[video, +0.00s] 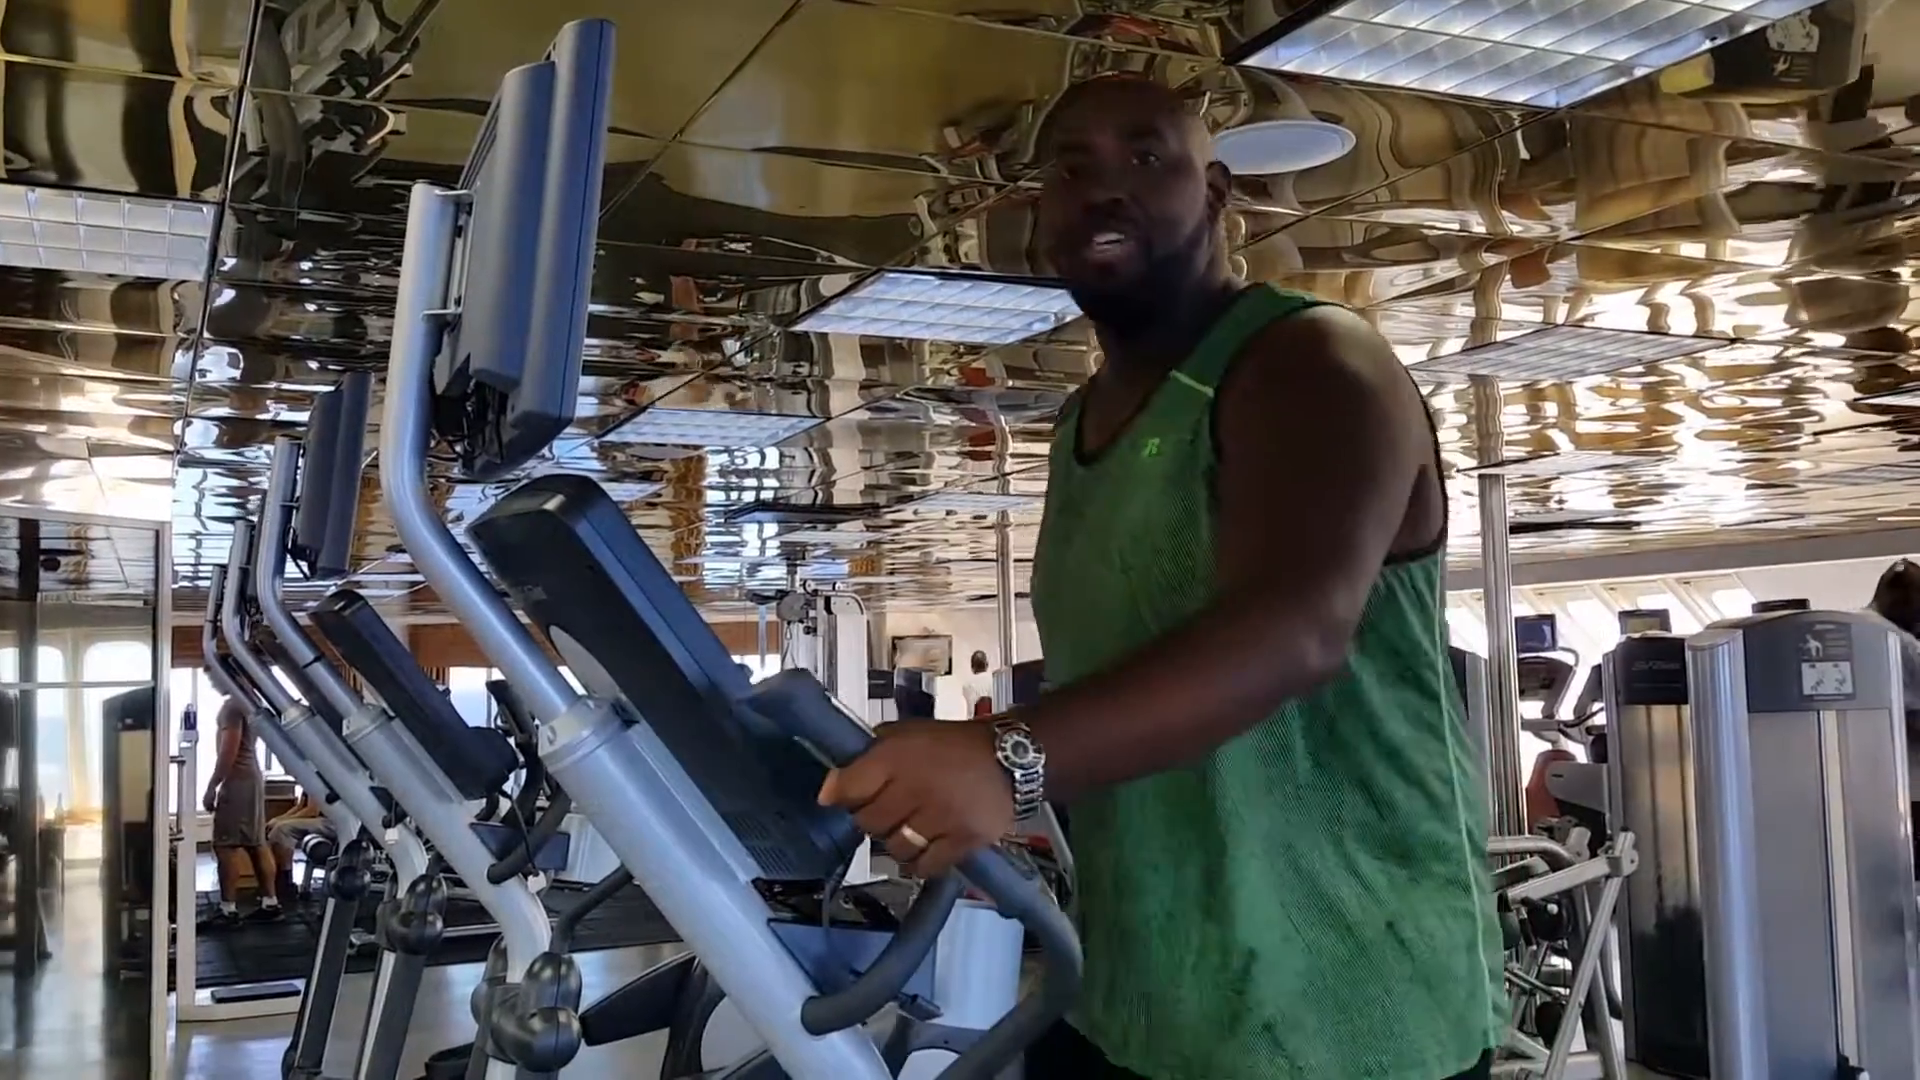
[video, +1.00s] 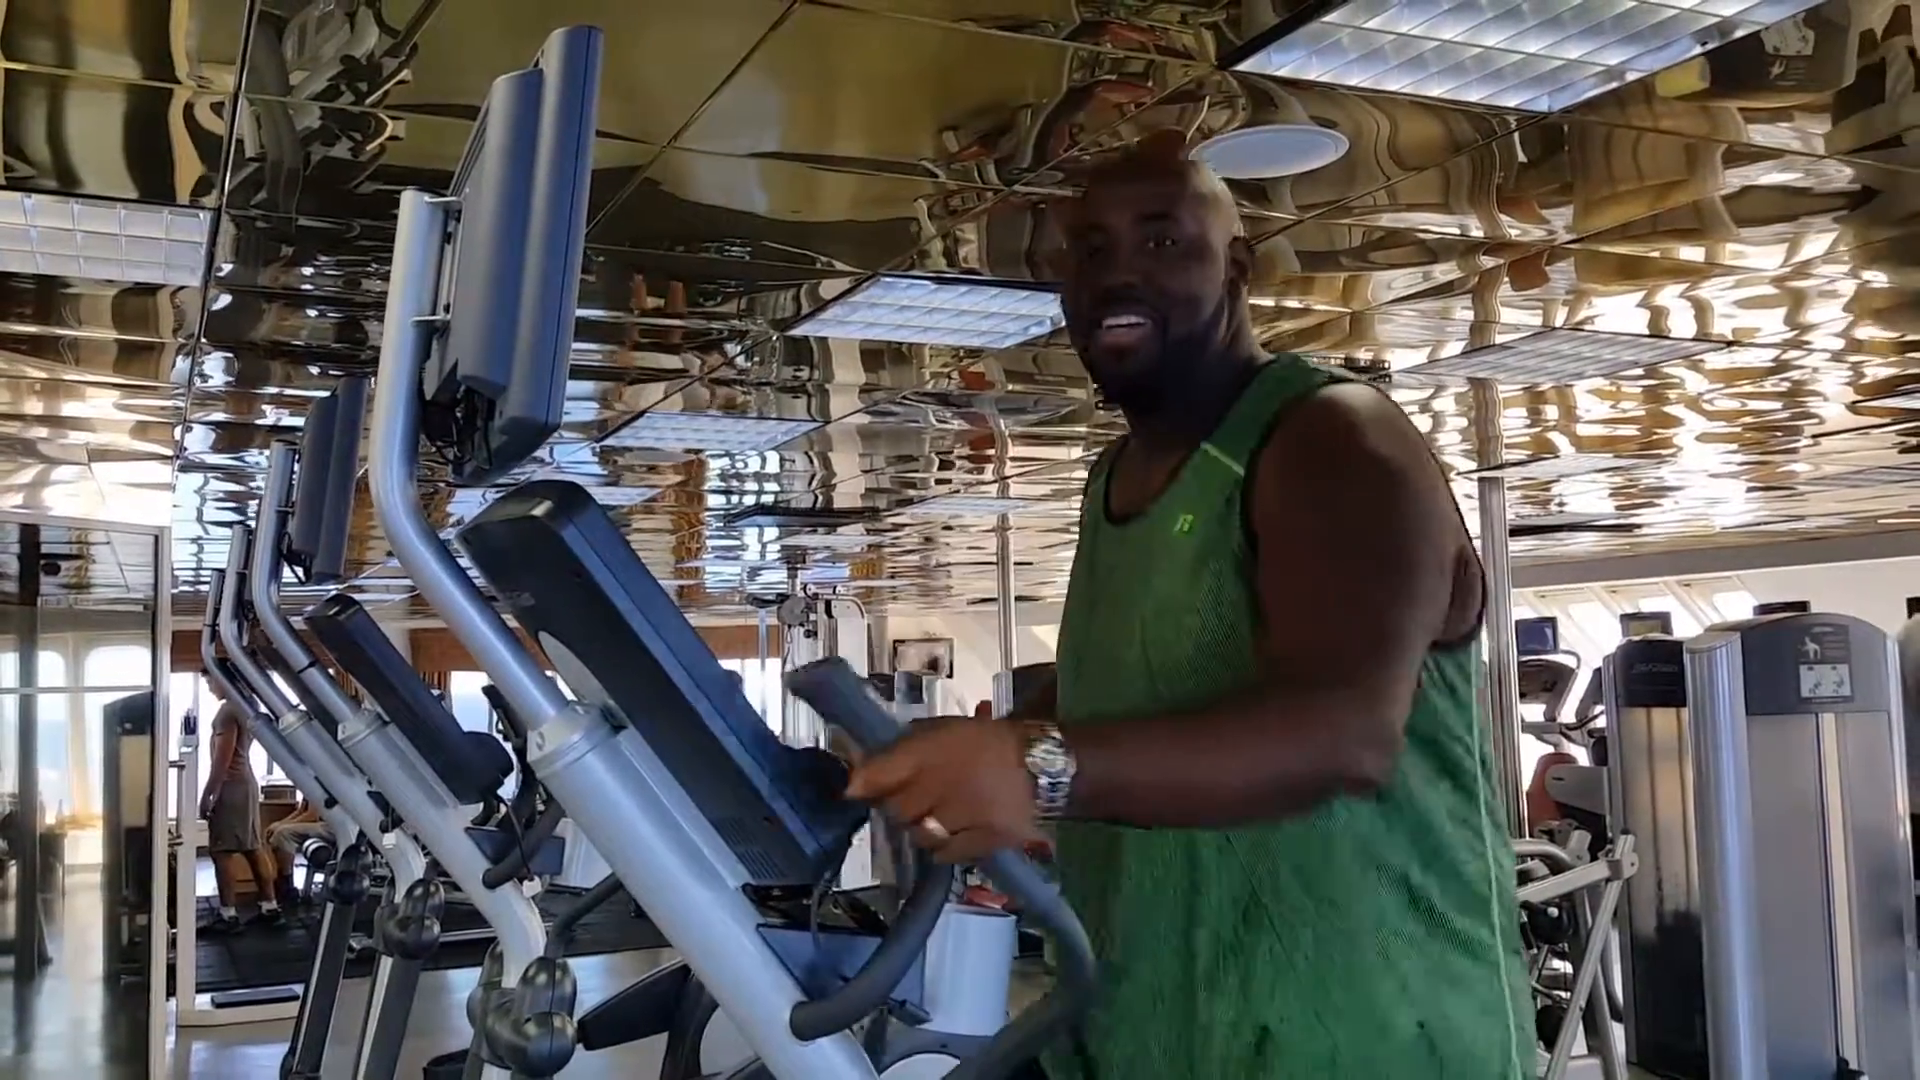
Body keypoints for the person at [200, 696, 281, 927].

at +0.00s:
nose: (209, 680)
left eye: (211, 671)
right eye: (207, 673)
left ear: (227, 673)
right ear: (235, 675)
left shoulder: (233, 705)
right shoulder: (248, 702)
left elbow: (229, 752)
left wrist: (212, 786)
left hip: (237, 780)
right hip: (253, 777)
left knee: (225, 844)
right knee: (258, 842)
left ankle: (228, 907)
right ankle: (270, 902)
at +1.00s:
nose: (208, 686)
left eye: (210, 680)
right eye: (207, 681)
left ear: (223, 679)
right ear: (229, 681)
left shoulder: (228, 712)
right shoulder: (244, 708)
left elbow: (223, 761)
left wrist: (207, 795)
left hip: (230, 787)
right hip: (247, 784)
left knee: (222, 851)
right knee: (254, 847)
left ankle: (228, 912)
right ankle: (270, 907)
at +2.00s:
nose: (206, 684)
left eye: (208, 675)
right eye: (204, 677)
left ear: (224, 678)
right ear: (232, 679)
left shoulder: (231, 712)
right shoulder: (247, 709)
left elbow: (224, 761)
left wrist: (209, 795)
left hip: (233, 786)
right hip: (250, 784)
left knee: (220, 850)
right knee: (254, 847)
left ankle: (226, 912)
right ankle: (269, 907)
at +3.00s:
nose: (211, 680)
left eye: (214, 671)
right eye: (210, 672)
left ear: (229, 675)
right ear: (236, 676)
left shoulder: (235, 708)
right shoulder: (250, 706)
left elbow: (231, 755)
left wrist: (218, 790)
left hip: (237, 783)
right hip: (253, 782)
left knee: (229, 849)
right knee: (259, 845)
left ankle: (232, 912)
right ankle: (274, 906)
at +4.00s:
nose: (211, 681)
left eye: (213, 675)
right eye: (209, 676)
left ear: (226, 675)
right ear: (235, 675)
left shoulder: (230, 708)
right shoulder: (248, 705)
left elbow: (227, 753)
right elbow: (243, 752)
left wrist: (214, 788)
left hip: (233, 781)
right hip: (250, 779)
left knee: (229, 847)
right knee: (256, 842)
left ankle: (233, 909)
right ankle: (277, 901)